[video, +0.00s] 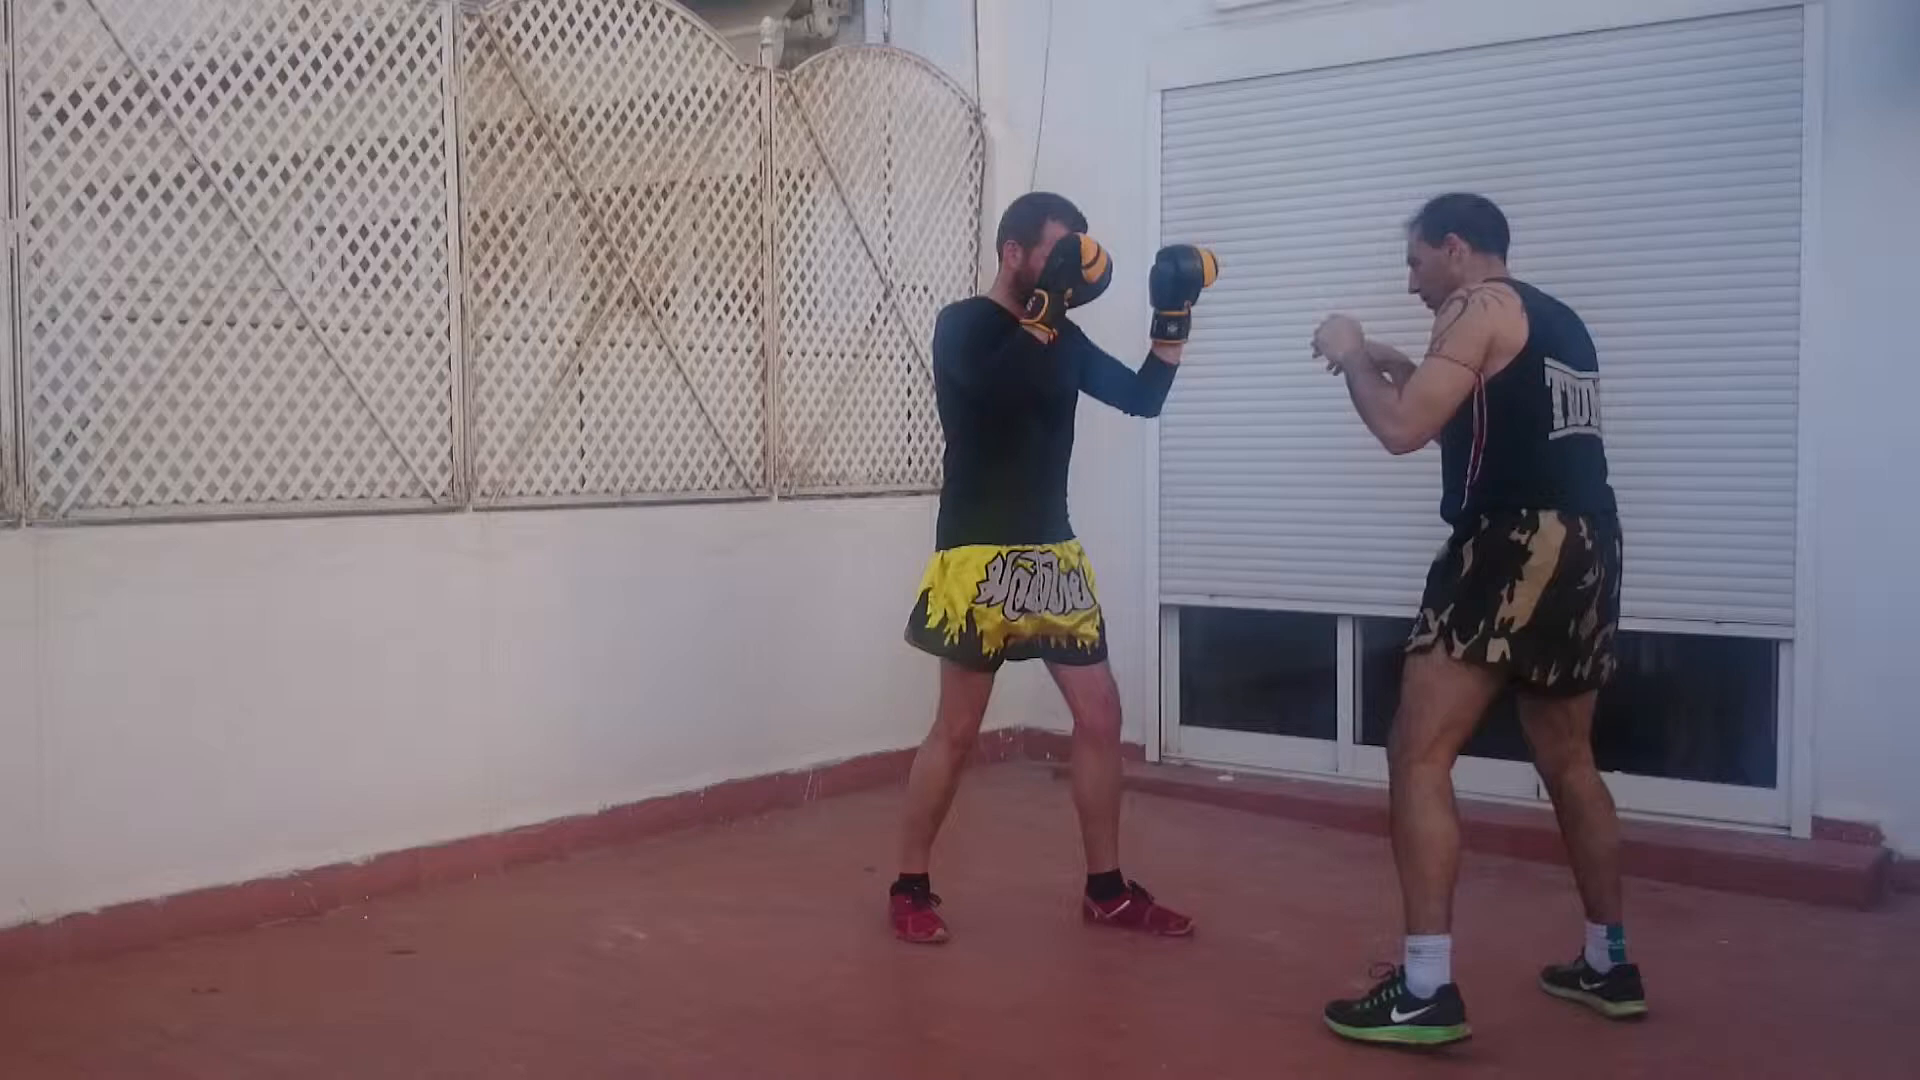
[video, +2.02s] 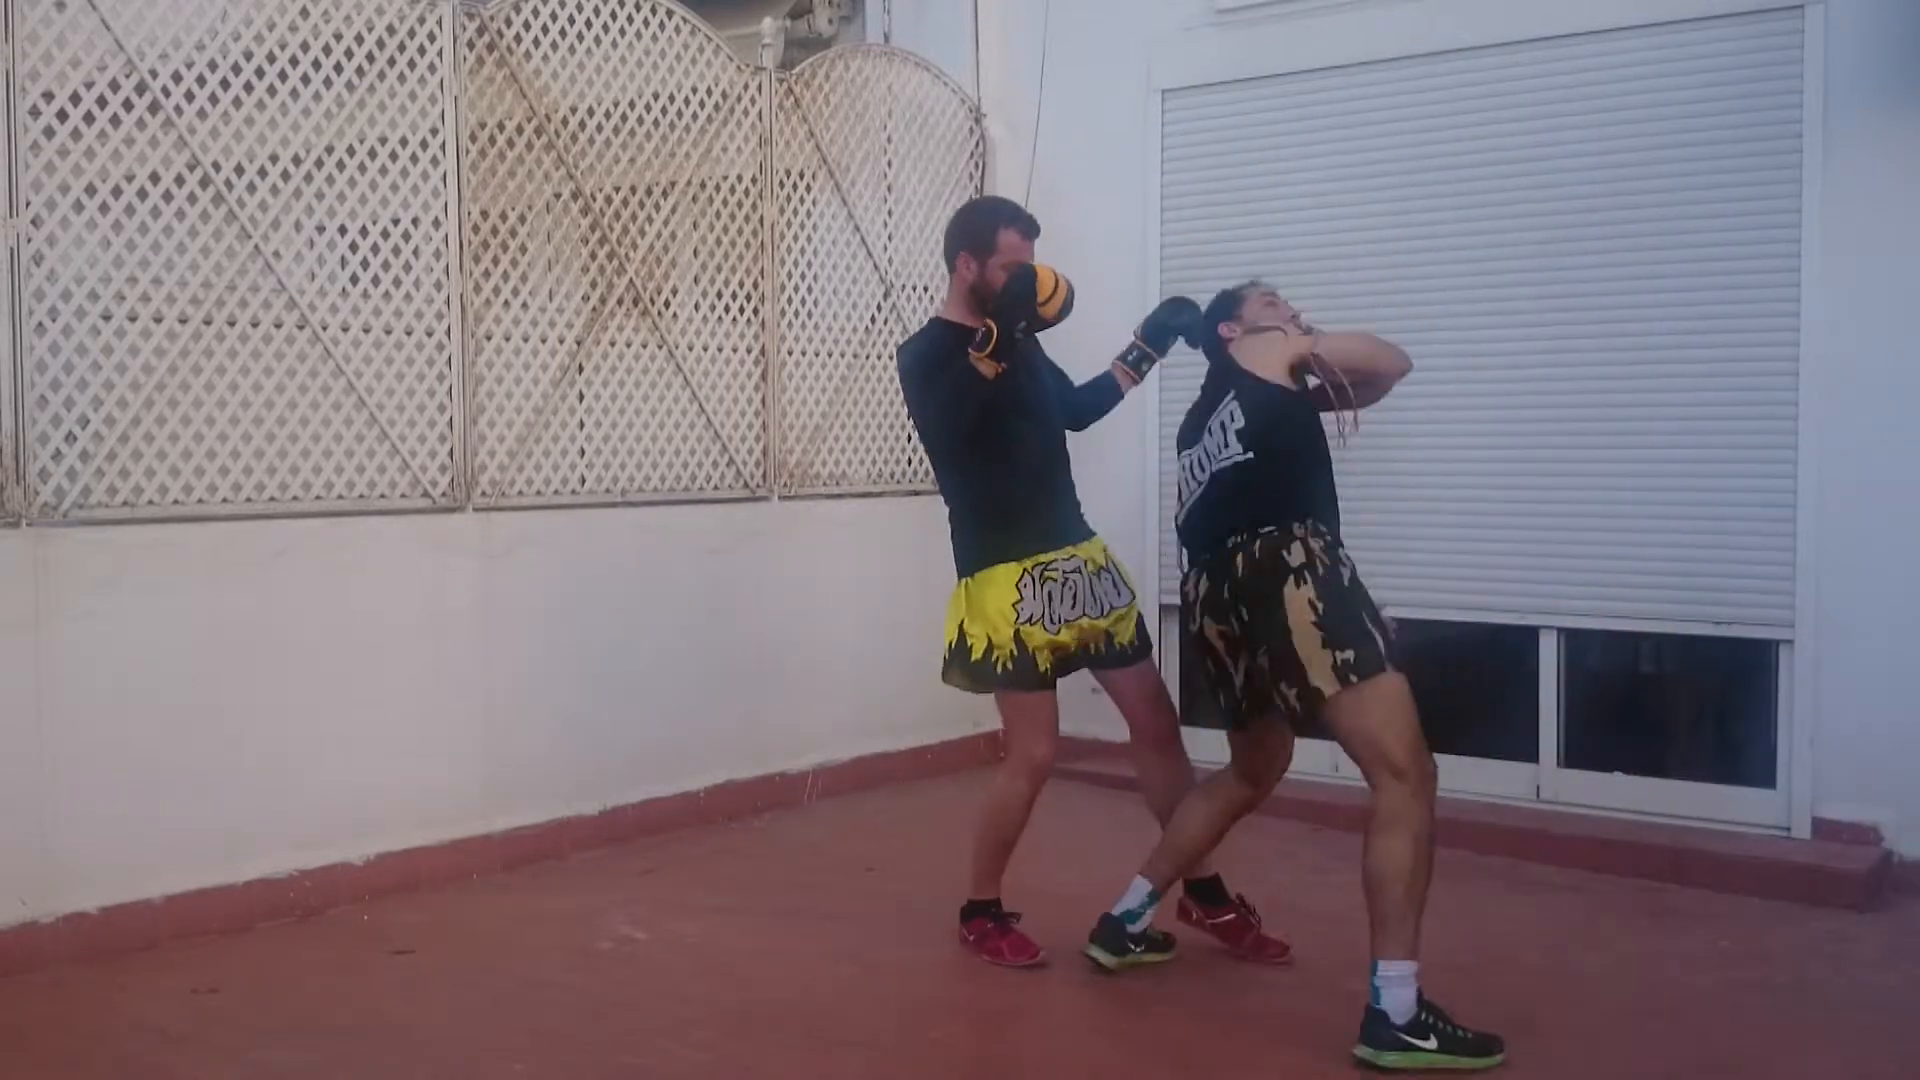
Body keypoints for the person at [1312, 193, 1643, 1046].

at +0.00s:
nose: (1414, 280)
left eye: (1417, 262)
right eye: (1411, 266)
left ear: (1458, 248)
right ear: (1487, 248)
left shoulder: (1483, 311)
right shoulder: (1564, 321)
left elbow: (1401, 426)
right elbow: (1477, 411)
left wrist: (1355, 351)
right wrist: (1390, 369)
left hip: (1509, 549)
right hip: (1585, 554)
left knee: (1420, 754)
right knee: (1569, 761)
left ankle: (1424, 987)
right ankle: (1609, 962)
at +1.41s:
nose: (1409, 316)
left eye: (1408, 303)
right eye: (1406, 306)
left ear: (1434, 285)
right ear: (1489, 285)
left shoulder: (1442, 333)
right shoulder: (1567, 346)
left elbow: (1341, 447)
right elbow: (1530, 444)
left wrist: (1331, 366)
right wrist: (1417, 378)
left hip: (1488, 573)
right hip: (1595, 588)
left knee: (1364, 745)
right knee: (1595, 791)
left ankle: (1371, 973)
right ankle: (1639, 1003)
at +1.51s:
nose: (1371, 374)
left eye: (1373, 363)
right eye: (1373, 364)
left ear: (1393, 351)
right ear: (1451, 346)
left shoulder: (1385, 393)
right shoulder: (1531, 382)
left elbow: (1279, 496)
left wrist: (1290, 428)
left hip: (1465, 589)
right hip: (1581, 591)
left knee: (1328, 753)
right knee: (1613, 794)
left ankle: (1236, 938)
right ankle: (1641, 1004)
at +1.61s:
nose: (1319, 431)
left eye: (1319, 422)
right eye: (1321, 422)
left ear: (1339, 412)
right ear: (1400, 401)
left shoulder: (1329, 456)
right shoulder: (1472, 417)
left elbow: (1218, 552)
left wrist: (1256, 497)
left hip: (1423, 615)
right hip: (1544, 604)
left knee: (1295, 769)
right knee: (1607, 794)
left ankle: (1173, 925)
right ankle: (1644, 1003)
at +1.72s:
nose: (1254, 464)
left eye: (1254, 452)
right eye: (1257, 453)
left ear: (1270, 448)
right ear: (1326, 430)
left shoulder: (1257, 489)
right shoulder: (1394, 433)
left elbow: (1167, 591)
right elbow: (1423, 515)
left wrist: (1161, 602)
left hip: (1354, 605)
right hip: (1470, 587)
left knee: (1255, 782)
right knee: (1563, 795)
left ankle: (1158, 930)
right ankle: (1640, 997)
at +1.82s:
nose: (1213, 468)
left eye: (1213, 461)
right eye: (1212, 460)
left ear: (1226, 455)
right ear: (1281, 432)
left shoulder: (1217, 494)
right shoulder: (1346, 435)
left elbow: (1146, 608)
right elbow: (1411, 525)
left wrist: (1145, 645)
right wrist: (1400, 597)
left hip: (1280, 593)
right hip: (1393, 580)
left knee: (1215, 750)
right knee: (1511, 787)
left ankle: (1149, 928)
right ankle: (1573, 1001)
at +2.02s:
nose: (1294, 310)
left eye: (1289, 301)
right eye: (1276, 300)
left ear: (1223, 345)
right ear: (1232, 326)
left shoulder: (1198, 427)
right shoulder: (1263, 350)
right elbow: (1390, 361)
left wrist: (1316, 385)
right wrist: (1318, 361)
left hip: (1220, 593)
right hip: (1294, 572)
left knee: (1252, 769)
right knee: (1405, 774)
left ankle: (1123, 922)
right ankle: (1396, 1013)